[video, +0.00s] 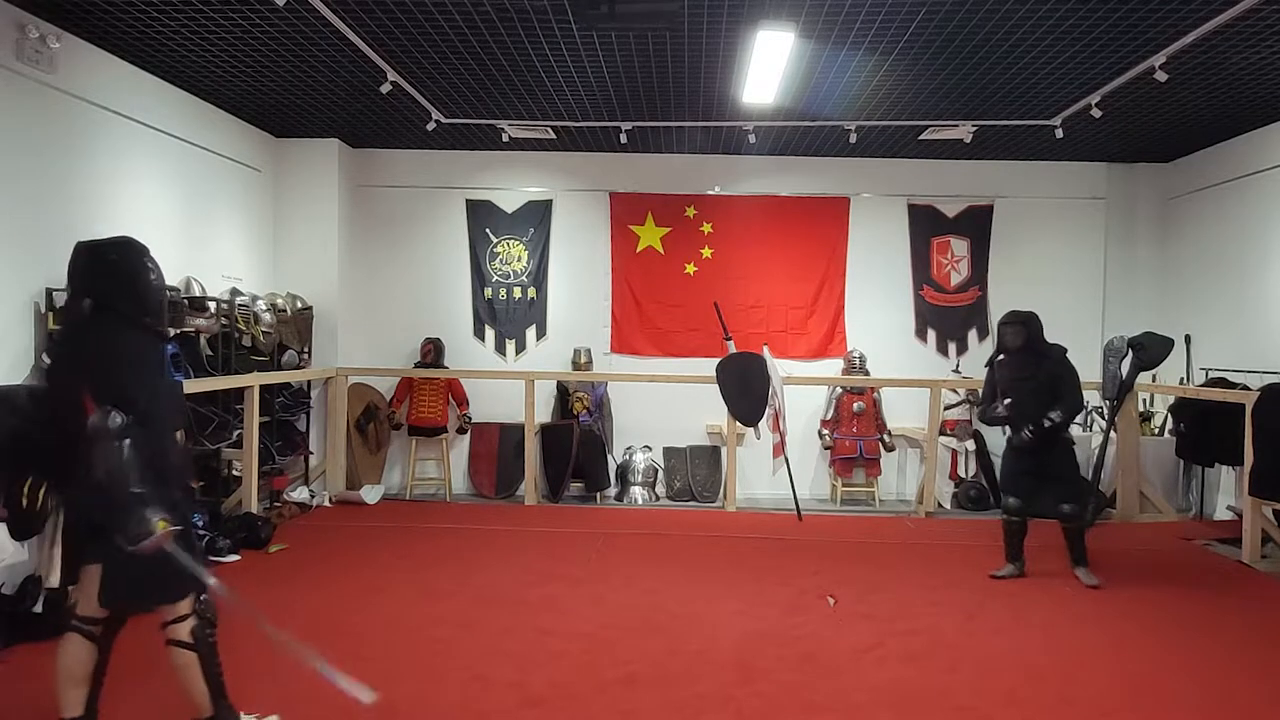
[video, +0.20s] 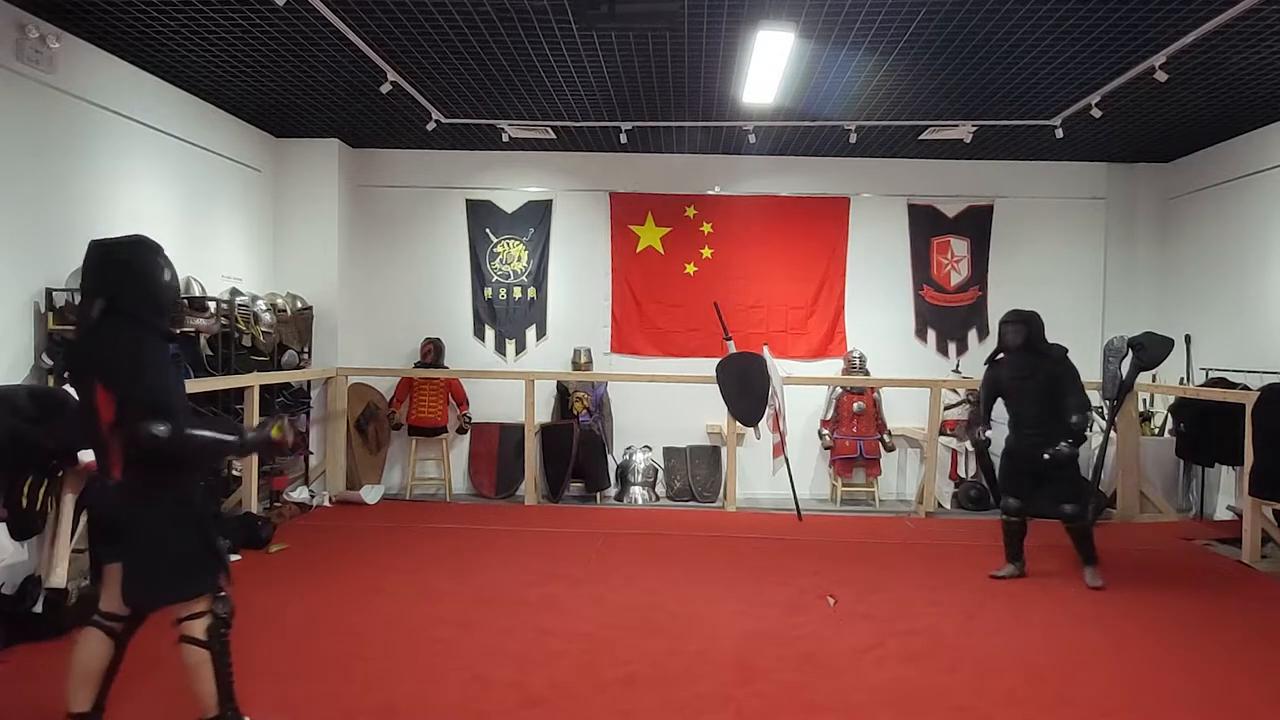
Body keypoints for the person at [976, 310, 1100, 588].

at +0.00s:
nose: (1011, 337)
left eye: (1016, 331)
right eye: (1006, 331)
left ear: (1030, 332)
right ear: (1000, 335)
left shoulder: (1054, 358)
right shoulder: (998, 366)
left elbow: (1074, 401)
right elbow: (984, 412)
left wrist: (1040, 428)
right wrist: (997, 412)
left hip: (1055, 444)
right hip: (1018, 444)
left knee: (1070, 505)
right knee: (1012, 503)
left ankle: (1080, 565)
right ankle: (1014, 563)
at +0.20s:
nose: (1010, 335)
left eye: (1016, 329)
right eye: (1006, 330)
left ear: (1031, 331)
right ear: (1000, 334)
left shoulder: (1055, 361)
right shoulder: (998, 368)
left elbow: (1079, 402)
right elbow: (984, 400)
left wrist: (1072, 439)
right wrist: (980, 424)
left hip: (1057, 443)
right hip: (1019, 444)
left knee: (1071, 506)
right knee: (1011, 503)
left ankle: (1090, 565)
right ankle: (1015, 562)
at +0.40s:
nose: (1021, 335)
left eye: (1027, 329)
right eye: (1016, 330)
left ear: (1042, 331)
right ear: (1012, 334)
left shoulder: (1067, 359)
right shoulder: (1006, 368)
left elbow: (1102, 396)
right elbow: (991, 409)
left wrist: (1107, 433)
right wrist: (984, 445)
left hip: (1061, 445)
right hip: (1023, 446)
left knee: (1073, 510)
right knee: (1014, 506)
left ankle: (1087, 572)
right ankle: (1015, 563)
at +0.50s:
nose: (1031, 335)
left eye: (1038, 328)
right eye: (1026, 329)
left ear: (1052, 331)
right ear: (1020, 333)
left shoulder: (1075, 359)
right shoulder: (1014, 368)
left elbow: (1112, 391)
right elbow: (1000, 410)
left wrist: (1124, 421)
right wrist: (996, 445)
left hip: (1067, 446)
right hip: (1029, 445)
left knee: (1076, 512)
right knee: (1016, 505)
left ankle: (1088, 574)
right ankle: (1016, 562)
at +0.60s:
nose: (1036, 335)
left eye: (1043, 329)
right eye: (1032, 329)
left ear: (1058, 332)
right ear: (1026, 334)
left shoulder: (1083, 359)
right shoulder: (1022, 369)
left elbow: (1120, 391)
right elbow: (1008, 408)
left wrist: (1143, 424)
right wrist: (1001, 439)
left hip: (1074, 446)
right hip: (1036, 445)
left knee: (1078, 514)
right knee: (1018, 507)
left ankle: (1089, 575)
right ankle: (1016, 563)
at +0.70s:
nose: (1039, 340)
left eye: (1045, 334)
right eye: (1035, 334)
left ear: (1061, 335)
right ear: (1030, 337)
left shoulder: (1088, 362)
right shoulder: (1029, 370)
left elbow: (1127, 392)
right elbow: (1012, 410)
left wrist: (1156, 416)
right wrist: (1007, 431)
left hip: (1080, 448)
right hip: (1042, 447)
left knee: (1080, 515)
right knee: (1018, 508)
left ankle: (1089, 576)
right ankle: (1017, 563)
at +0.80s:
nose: (1040, 343)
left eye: (1046, 336)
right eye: (1036, 337)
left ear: (1062, 335)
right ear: (1032, 338)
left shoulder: (1090, 361)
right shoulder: (1032, 369)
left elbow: (1132, 391)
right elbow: (1013, 415)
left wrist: (1165, 421)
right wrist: (1016, 419)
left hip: (1082, 448)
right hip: (1044, 446)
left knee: (1082, 517)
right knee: (1019, 508)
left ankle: (1090, 577)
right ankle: (1020, 563)